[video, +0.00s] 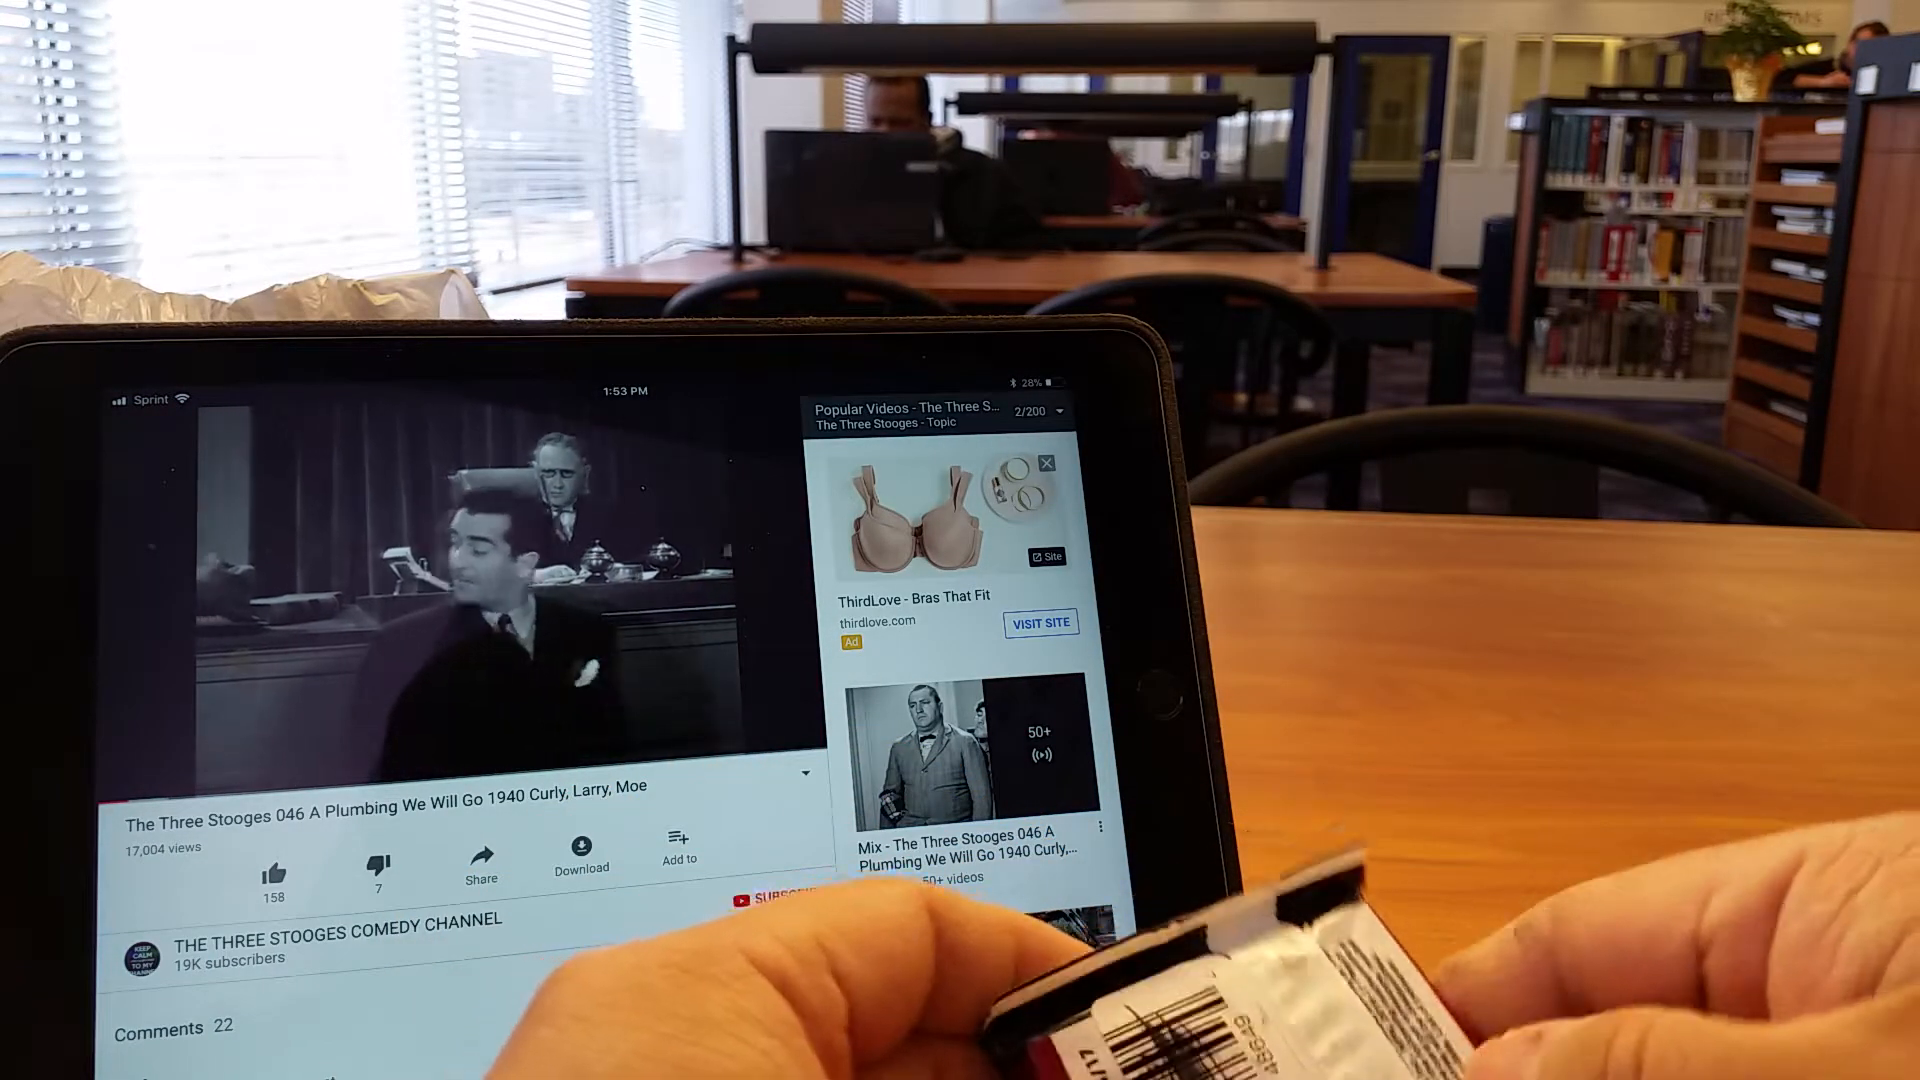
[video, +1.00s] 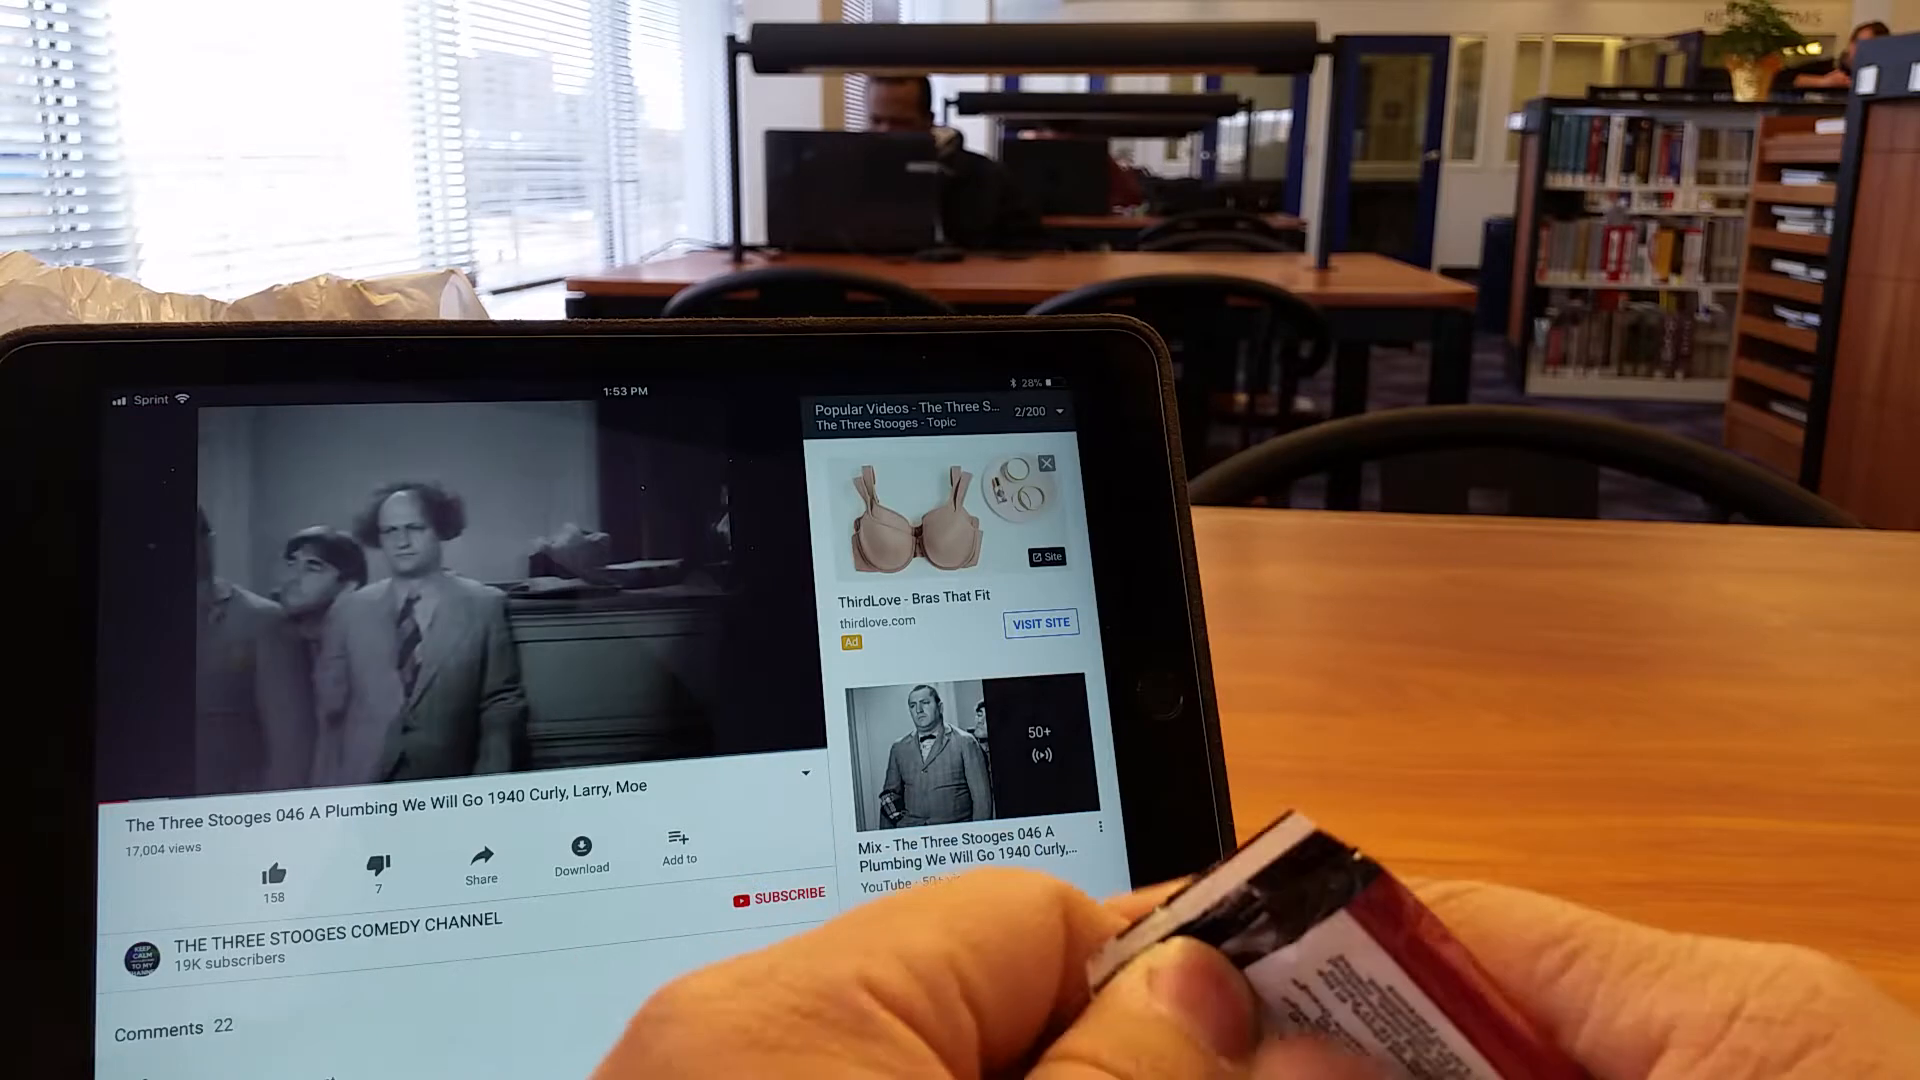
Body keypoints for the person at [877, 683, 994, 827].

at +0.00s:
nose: (919, 710)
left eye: (925, 703)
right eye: (913, 705)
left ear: (939, 707)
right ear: (909, 711)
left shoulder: (964, 742)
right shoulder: (899, 748)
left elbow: (981, 795)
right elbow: (890, 796)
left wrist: (979, 835)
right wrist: (886, 838)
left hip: (955, 831)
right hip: (910, 835)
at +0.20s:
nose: (919, 710)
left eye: (925, 703)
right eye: (913, 705)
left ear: (939, 707)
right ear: (909, 711)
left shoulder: (964, 742)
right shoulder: (899, 748)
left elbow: (981, 795)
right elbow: (890, 796)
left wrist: (979, 835)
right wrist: (886, 838)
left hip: (955, 831)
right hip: (910, 835)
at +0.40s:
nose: (918, 709)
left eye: (925, 703)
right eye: (913, 705)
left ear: (939, 707)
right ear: (909, 711)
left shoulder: (964, 742)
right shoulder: (899, 749)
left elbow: (980, 794)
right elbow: (891, 794)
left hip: (956, 821)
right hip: (915, 825)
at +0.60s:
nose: (919, 710)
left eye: (925, 703)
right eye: (913, 706)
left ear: (940, 707)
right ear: (910, 712)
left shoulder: (964, 742)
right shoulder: (899, 749)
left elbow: (981, 796)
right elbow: (892, 797)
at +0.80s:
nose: (919, 709)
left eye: (925, 703)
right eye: (913, 705)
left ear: (939, 707)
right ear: (909, 711)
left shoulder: (964, 742)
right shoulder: (899, 748)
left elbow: (981, 795)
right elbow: (891, 792)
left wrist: (979, 835)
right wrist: (889, 802)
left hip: (955, 830)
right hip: (911, 833)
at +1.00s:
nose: (919, 710)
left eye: (925, 703)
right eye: (913, 705)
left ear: (940, 707)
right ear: (909, 711)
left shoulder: (964, 742)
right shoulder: (899, 748)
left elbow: (981, 796)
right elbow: (890, 796)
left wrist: (978, 835)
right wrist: (886, 838)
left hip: (956, 833)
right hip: (911, 836)